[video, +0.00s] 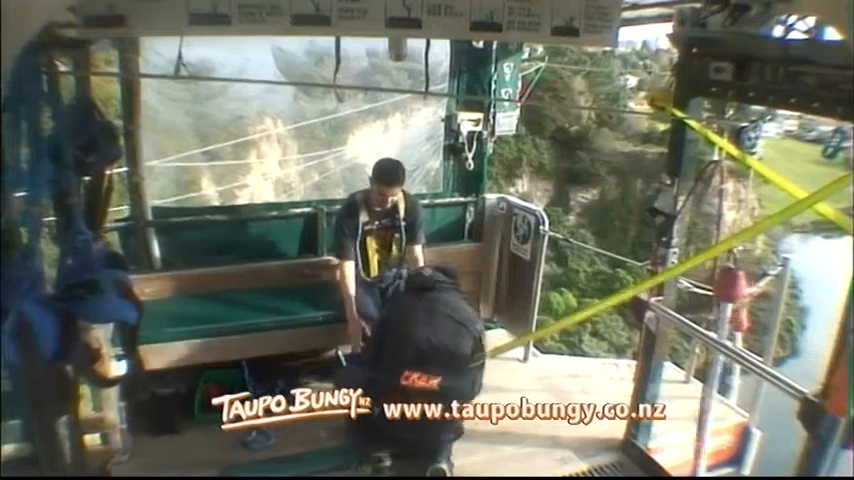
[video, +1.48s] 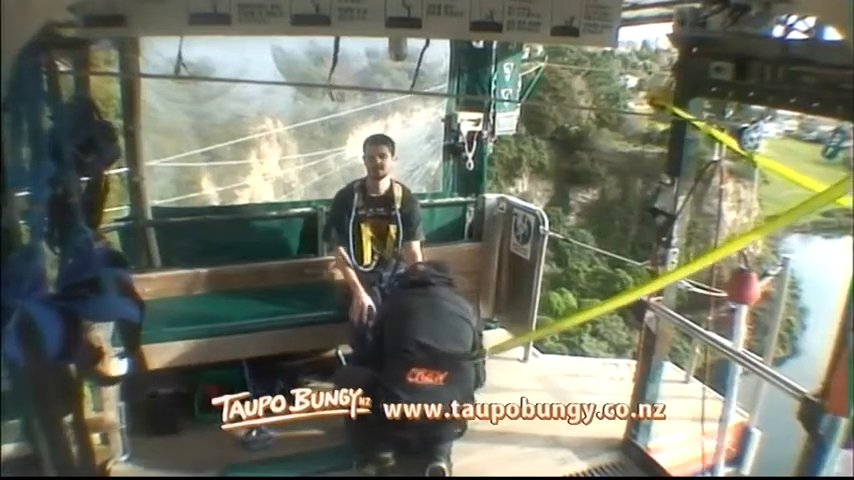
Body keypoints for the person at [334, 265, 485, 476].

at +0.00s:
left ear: (412, 284)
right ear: (454, 286)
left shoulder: (395, 306)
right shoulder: (470, 316)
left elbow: (372, 360)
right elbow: (473, 386)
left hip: (391, 406)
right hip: (447, 406)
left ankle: (377, 451)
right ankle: (442, 457)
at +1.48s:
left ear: (413, 278)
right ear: (448, 280)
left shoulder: (396, 301)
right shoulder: (466, 307)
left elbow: (372, 356)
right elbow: (479, 377)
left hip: (398, 409)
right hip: (452, 406)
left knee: (347, 377)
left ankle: (379, 450)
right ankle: (441, 455)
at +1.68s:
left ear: (414, 279)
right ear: (448, 282)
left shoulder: (393, 301)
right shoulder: (462, 306)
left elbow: (370, 355)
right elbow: (502, 361)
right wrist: (471, 395)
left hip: (393, 405)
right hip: (446, 406)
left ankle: (380, 452)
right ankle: (439, 459)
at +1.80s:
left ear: (413, 280)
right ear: (447, 284)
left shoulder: (387, 307)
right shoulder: (459, 308)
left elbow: (366, 358)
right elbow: (511, 351)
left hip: (391, 412)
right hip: (441, 414)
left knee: (350, 378)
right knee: (459, 376)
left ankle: (377, 452)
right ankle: (439, 459)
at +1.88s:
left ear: (407, 283)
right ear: (446, 284)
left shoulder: (388, 308)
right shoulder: (460, 309)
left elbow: (365, 358)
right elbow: (513, 350)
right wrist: (512, 409)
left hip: (391, 414)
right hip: (443, 415)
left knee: (350, 378)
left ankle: (376, 455)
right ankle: (438, 459)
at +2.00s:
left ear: (410, 280)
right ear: (444, 283)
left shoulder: (390, 304)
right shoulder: (457, 307)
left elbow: (366, 356)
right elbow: (499, 363)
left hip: (392, 408)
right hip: (444, 409)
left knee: (348, 378)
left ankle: (378, 453)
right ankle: (439, 458)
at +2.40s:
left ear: (403, 282)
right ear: (437, 283)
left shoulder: (386, 306)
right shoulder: (453, 306)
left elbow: (366, 359)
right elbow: (476, 362)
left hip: (394, 418)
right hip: (446, 419)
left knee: (345, 377)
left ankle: (377, 453)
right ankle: (442, 455)